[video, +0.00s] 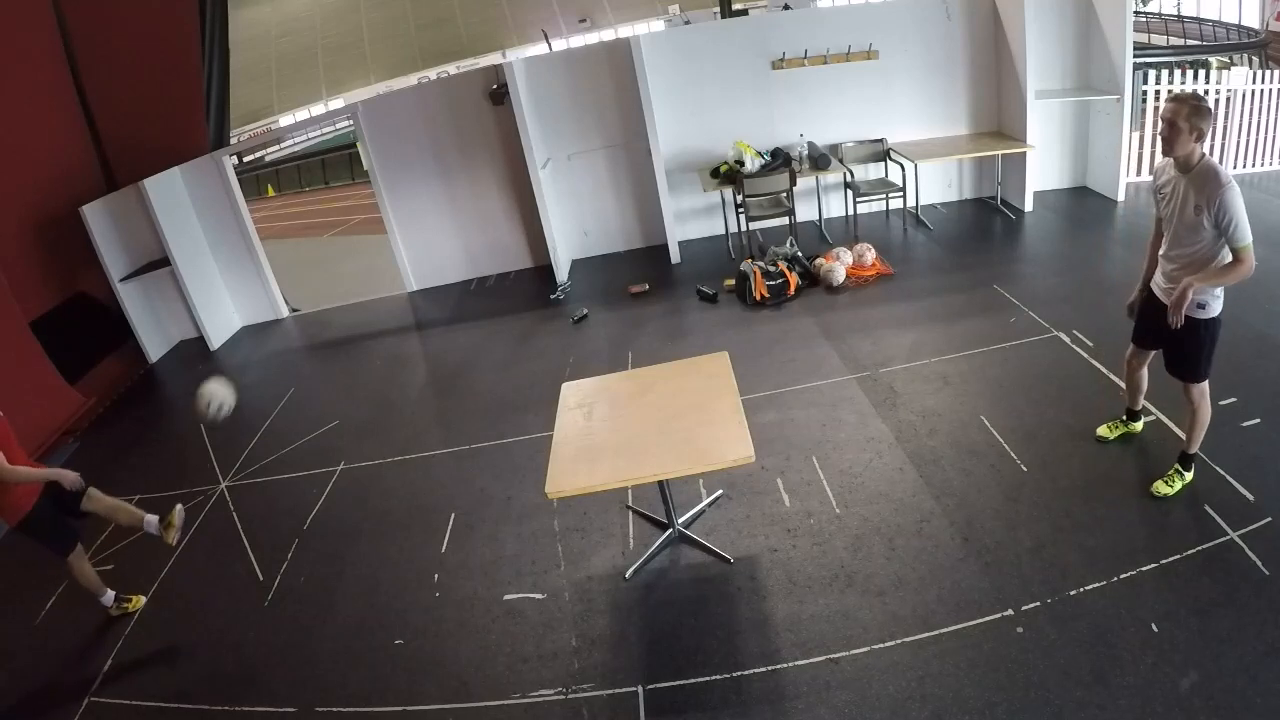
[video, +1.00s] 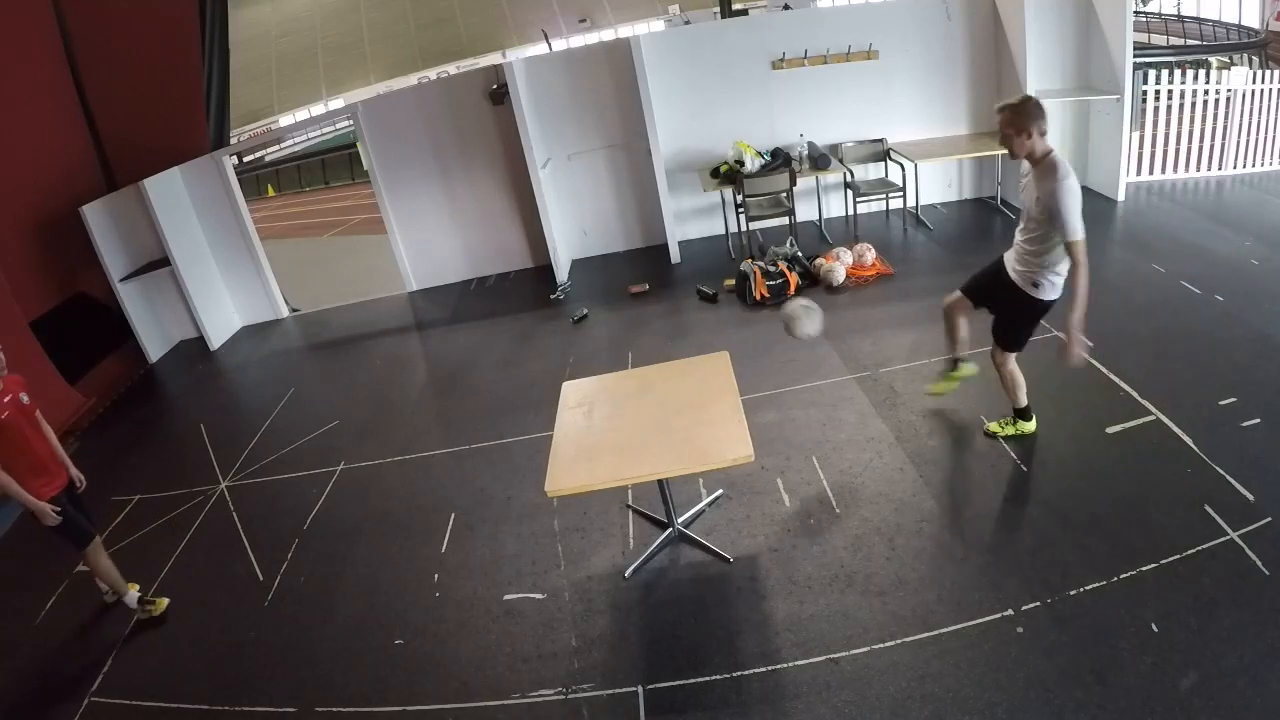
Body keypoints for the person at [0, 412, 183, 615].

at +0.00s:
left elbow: (12, 462)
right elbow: (6, 471)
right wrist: (57, 473)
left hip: (39, 480)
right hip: (19, 504)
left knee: (92, 497)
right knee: (73, 549)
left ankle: (160, 527)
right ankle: (111, 601)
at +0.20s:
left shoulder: (1, 408)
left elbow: (15, 452)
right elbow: (3, 478)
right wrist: (47, 482)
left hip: (46, 476)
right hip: (22, 503)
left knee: (96, 510)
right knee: (72, 550)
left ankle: (157, 563)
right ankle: (111, 602)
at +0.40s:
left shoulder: (2, 403)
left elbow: (27, 429)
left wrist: (65, 460)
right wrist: (20, 522)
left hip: (53, 482)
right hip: (31, 506)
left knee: (97, 527)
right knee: (72, 554)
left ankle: (124, 582)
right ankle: (110, 601)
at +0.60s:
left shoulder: (3, 389)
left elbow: (31, 424)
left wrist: (74, 444)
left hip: (50, 476)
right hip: (29, 498)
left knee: (85, 531)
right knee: (72, 550)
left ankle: (109, 588)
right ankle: (109, 602)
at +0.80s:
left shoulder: (7, 385)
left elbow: (34, 426)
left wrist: (68, 455)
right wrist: (12, 515)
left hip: (52, 475)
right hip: (31, 494)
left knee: (87, 532)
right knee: (83, 542)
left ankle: (107, 585)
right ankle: (110, 600)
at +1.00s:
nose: (3, 359)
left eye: (1, 352)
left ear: (4, 356)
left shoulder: (14, 383)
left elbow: (43, 426)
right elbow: (1, 475)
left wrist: (69, 465)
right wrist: (32, 504)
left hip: (61, 476)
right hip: (41, 495)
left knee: (90, 535)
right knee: (90, 541)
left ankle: (107, 586)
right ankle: (134, 600)